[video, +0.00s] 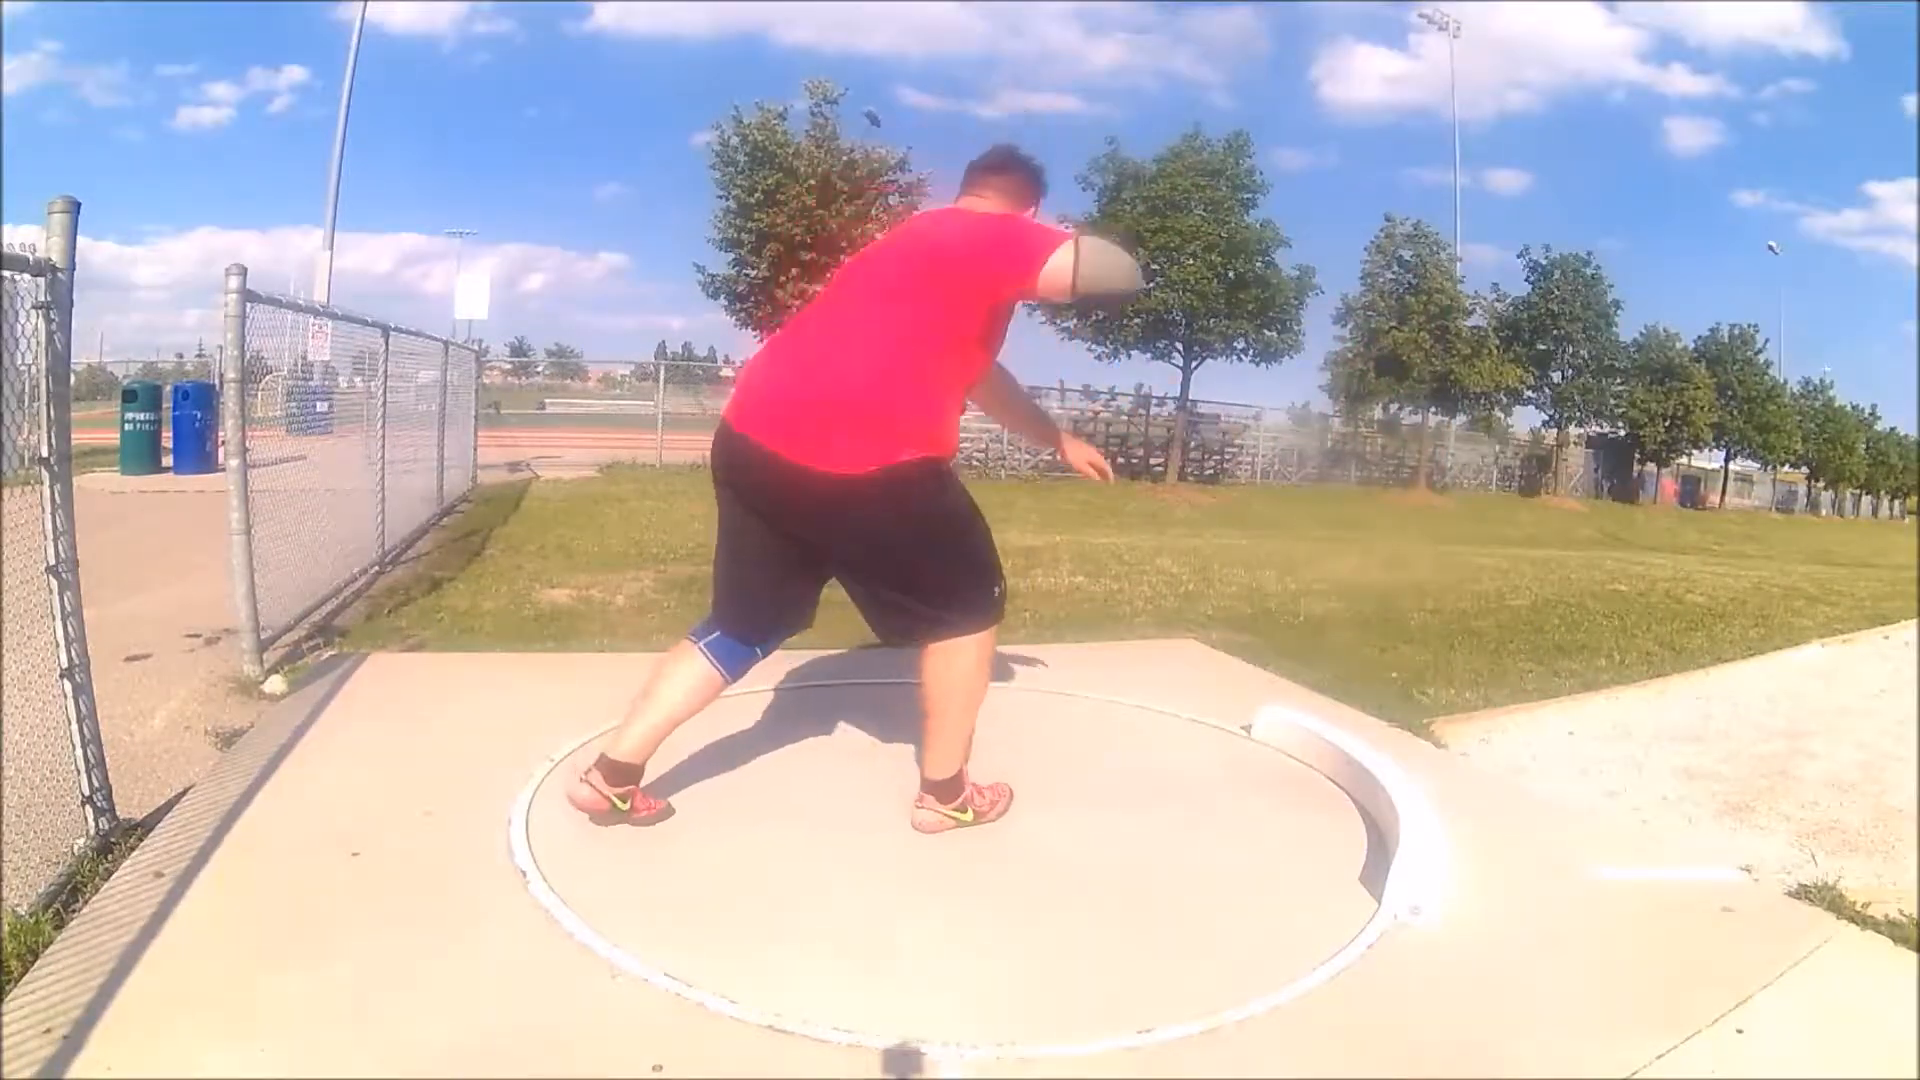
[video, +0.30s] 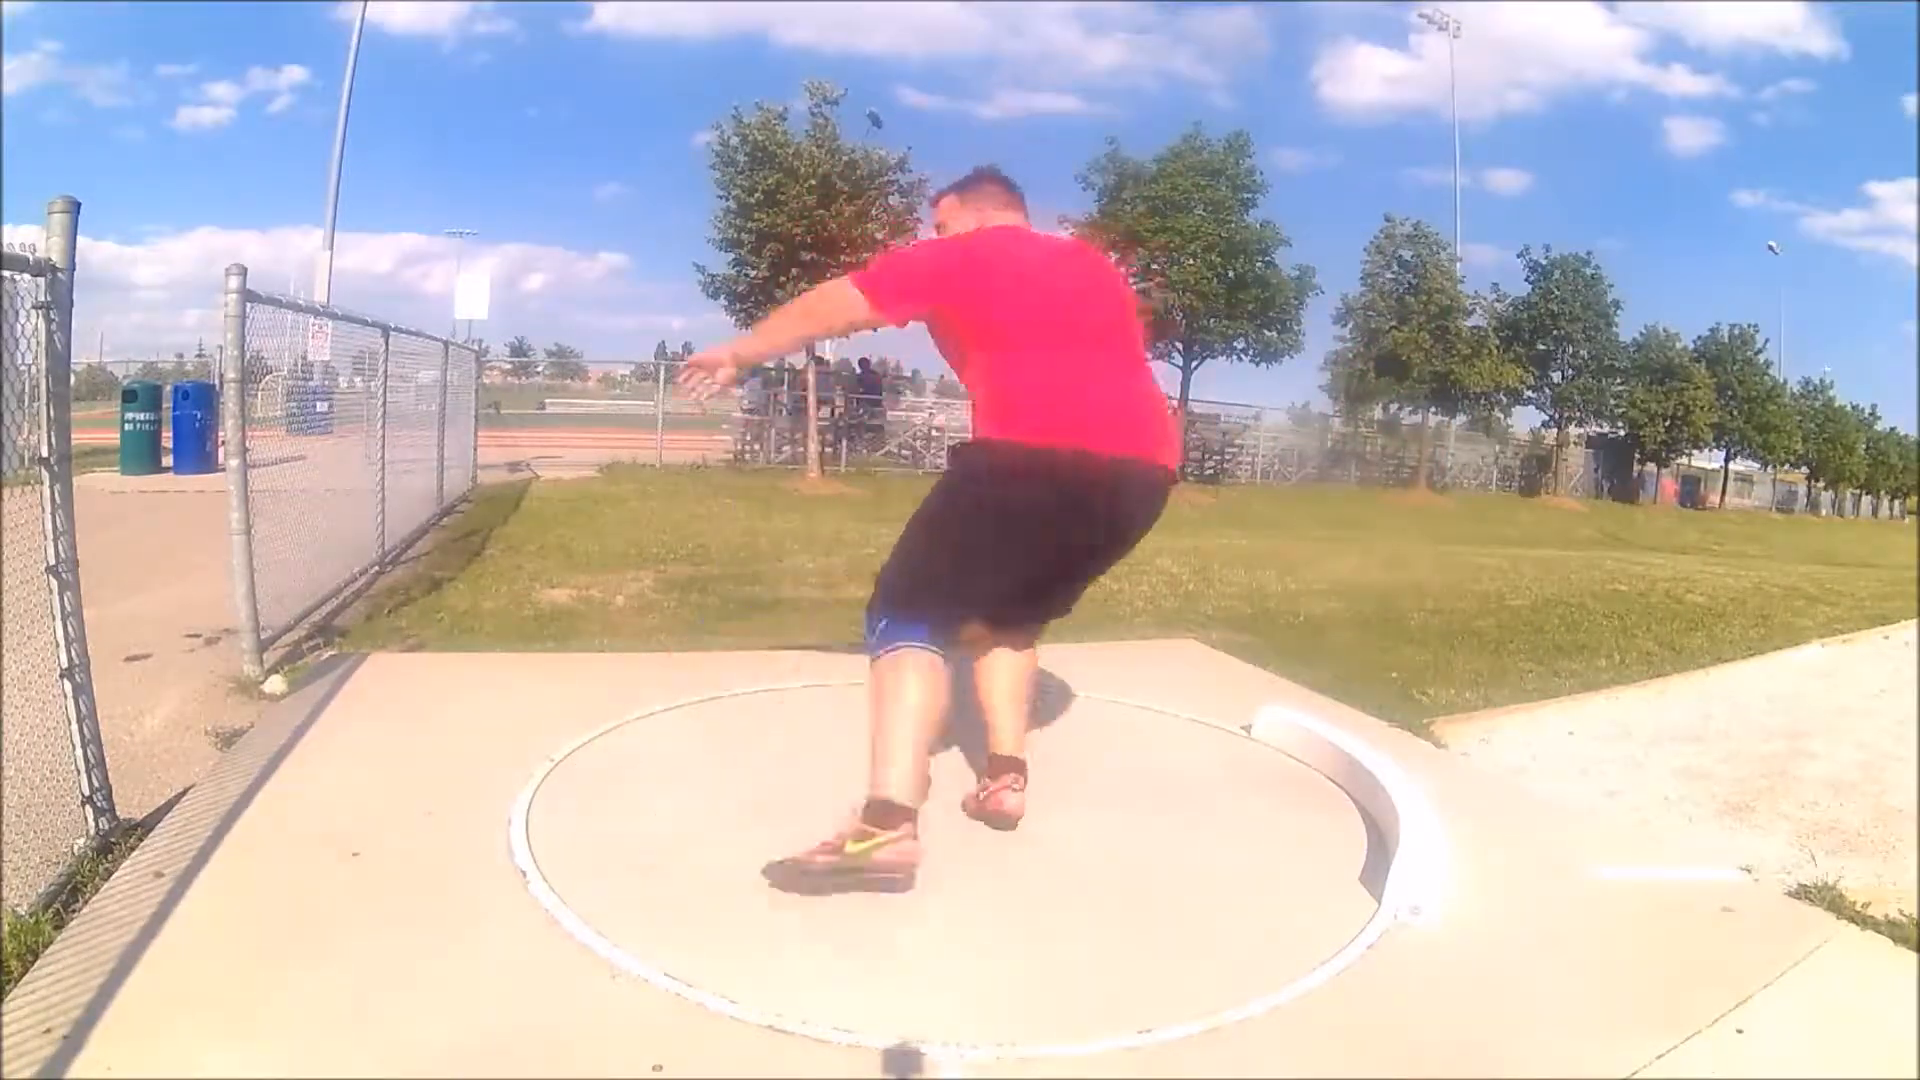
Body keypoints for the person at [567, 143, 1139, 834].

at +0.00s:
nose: (1035, 222)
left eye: (1026, 210)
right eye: (1034, 212)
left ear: (962, 192)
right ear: (1029, 208)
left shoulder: (908, 238)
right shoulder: (1006, 236)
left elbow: (981, 375)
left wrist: (1056, 439)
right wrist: (1063, 243)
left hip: (756, 442)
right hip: (879, 461)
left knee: (744, 622)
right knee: (966, 604)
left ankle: (613, 769)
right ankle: (944, 789)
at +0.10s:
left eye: (979, 205)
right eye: (1017, 215)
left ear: (960, 204)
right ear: (1029, 217)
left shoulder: (905, 248)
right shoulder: (1049, 258)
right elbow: (1165, 310)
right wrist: (1117, 271)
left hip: (814, 446)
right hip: (940, 476)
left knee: (738, 624)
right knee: (995, 612)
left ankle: (617, 778)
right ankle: (948, 786)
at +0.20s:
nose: (940, 227)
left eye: (941, 217)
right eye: (946, 219)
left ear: (949, 213)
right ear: (1017, 215)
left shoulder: (912, 258)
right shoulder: (1080, 262)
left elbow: (828, 341)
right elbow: (1137, 327)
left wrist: (801, 400)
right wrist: (1071, 325)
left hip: (922, 448)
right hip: (1060, 467)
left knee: (788, 619)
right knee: (1013, 621)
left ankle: (654, 764)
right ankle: (975, 783)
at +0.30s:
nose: (937, 237)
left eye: (941, 225)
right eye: (939, 226)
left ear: (965, 212)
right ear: (1018, 214)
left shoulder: (948, 254)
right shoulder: (1094, 260)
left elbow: (830, 306)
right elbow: (1133, 348)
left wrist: (738, 353)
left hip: (1020, 454)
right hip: (1139, 468)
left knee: (905, 616)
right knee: (1009, 608)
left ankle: (888, 819)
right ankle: (1007, 767)